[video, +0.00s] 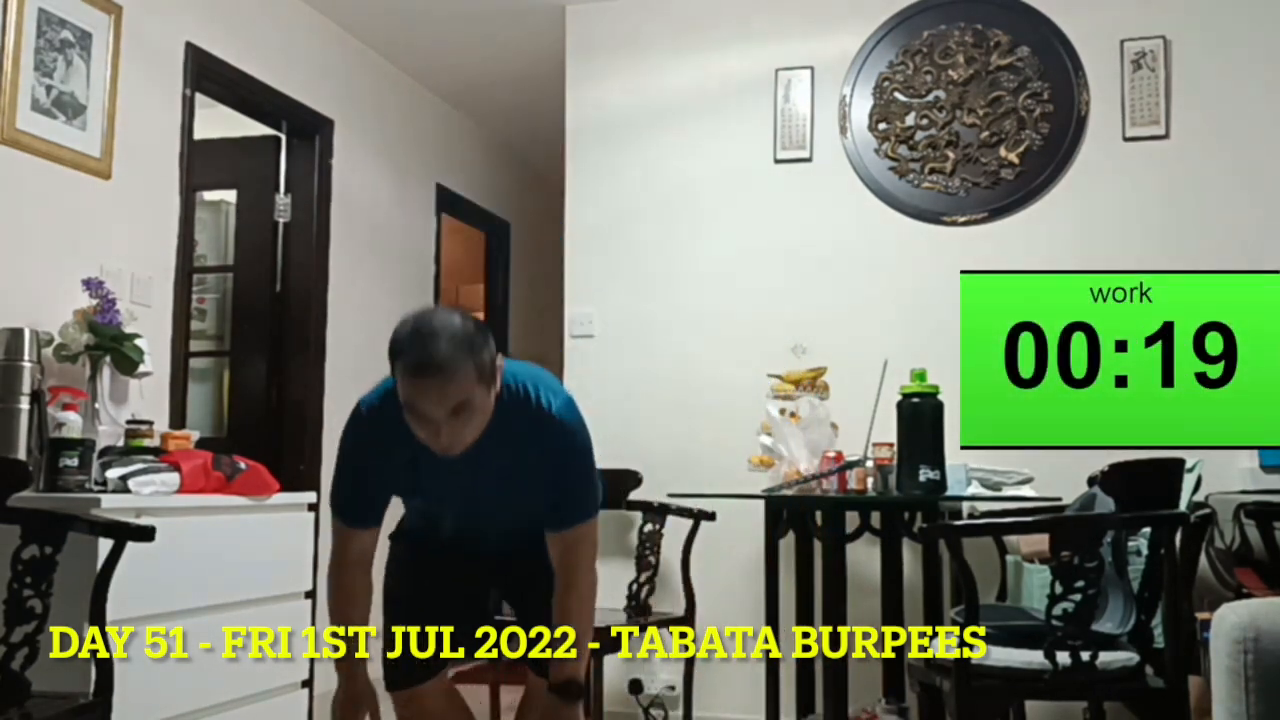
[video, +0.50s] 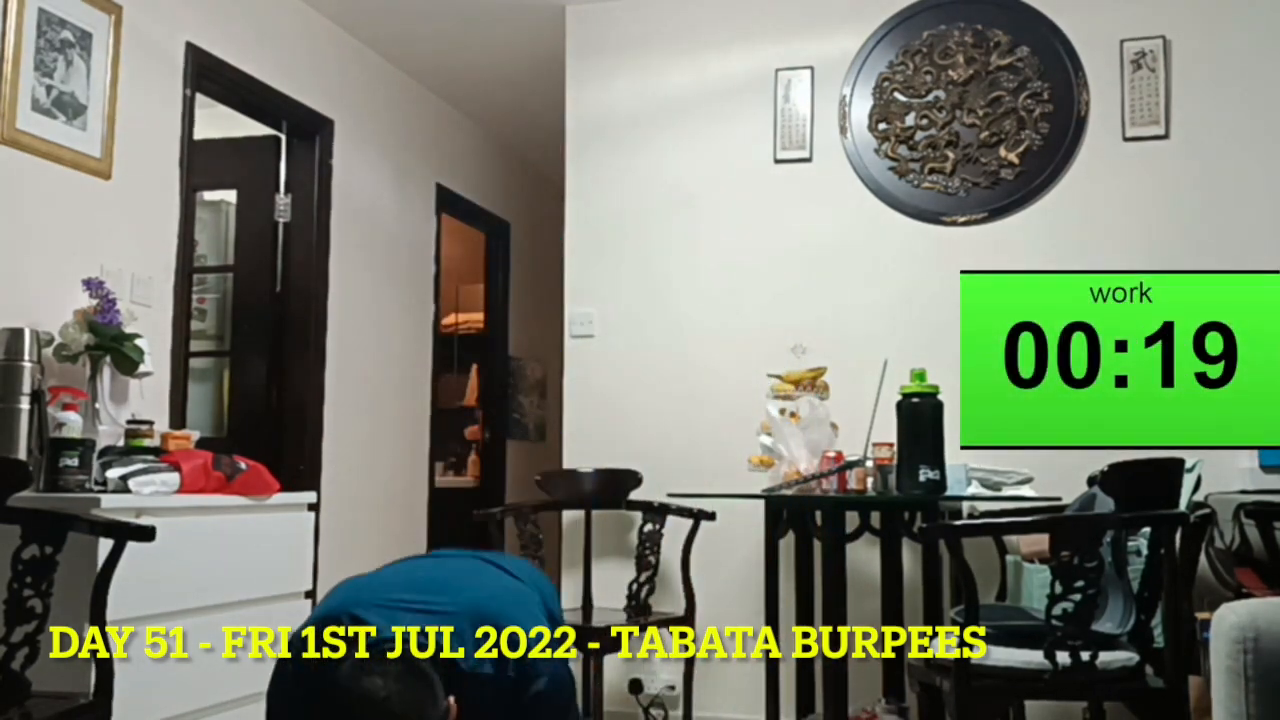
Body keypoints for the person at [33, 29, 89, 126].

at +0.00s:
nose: (66, 52)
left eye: (69, 48)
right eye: (63, 49)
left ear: (74, 49)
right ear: (61, 50)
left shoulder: (79, 65)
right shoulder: (61, 60)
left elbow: (70, 89)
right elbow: (57, 81)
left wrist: (49, 82)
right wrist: (49, 101)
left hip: (79, 101)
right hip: (63, 94)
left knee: (64, 98)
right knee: (49, 89)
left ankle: (70, 119)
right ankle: (61, 117)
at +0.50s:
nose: (66, 51)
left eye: (69, 48)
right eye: (63, 48)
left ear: (74, 49)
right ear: (60, 50)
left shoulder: (79, 65)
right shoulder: (61, 60)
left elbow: (70, 89)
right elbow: (57, 81)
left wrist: (49, 83)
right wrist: (49, 101)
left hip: (80, 102)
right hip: (63, 95)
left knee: (64, 98)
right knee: (48, 88)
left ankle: (70, 120)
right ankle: (61, 117)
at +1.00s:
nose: (66, 51)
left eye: (69, 48)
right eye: (63, 48)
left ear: (74, 49)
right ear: (60, 50)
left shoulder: (79, 65)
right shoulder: (61, 60)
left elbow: (70, 89)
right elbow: (57, 81)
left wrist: (49, 83)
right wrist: (49, 101)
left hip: (80, 102)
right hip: (63, 95)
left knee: (64, 98)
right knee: (47, 88)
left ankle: (70, 120)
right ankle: (61, 117)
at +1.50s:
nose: (66, 51)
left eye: (69, 48)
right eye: (63, 48)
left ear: (74, 49)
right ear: (61, 50)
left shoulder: (79, 66)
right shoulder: (61, 60)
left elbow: (70, 89)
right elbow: (57, 81)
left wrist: (49, 82)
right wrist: (49, 100)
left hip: (80, 102)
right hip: (63, 95)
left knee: (64, 98)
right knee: (48, 88)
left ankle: (70, 120)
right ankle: (61, 116)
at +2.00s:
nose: (65, 50)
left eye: (68, 47)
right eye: (63, 47)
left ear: (74, 49)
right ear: (60, 49)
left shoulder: (78, 65)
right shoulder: (61, 60)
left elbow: (69, 89)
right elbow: (56, 80)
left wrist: (49, 83)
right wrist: (49, 101)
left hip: (79, 101)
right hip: (63, 94)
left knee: (63, 98)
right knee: (47, 88)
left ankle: (69, 119)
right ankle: (61, 116)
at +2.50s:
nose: (66, 51)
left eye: (69, 48)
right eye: (63, 48)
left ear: (74, 49)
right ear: (60, 50)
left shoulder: (79, 66)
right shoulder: (61, 60)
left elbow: (69, 89)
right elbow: (56, 80)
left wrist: (49, 82)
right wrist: (49, 101)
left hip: (79, 102)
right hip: (63, 94)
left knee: (64, 98)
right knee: (48, 88)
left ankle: (69, 119)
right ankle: (60, 116)